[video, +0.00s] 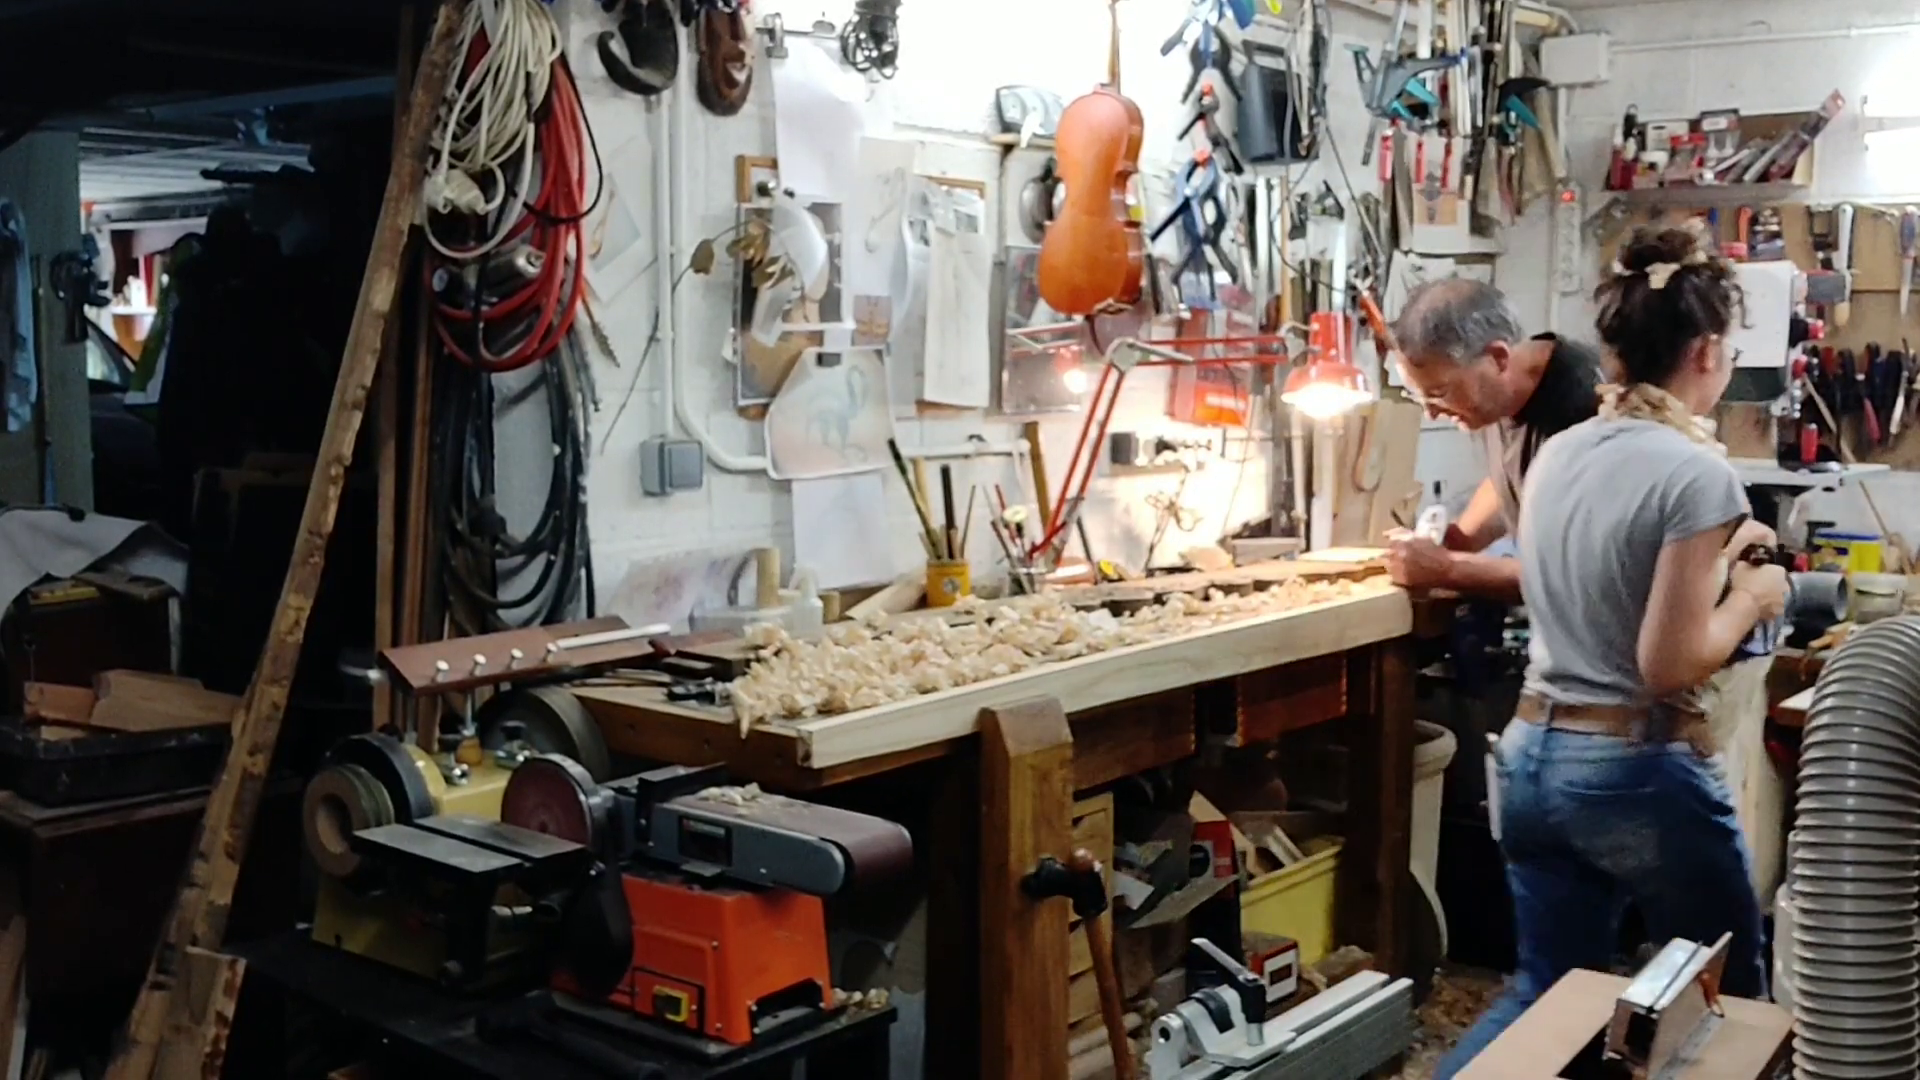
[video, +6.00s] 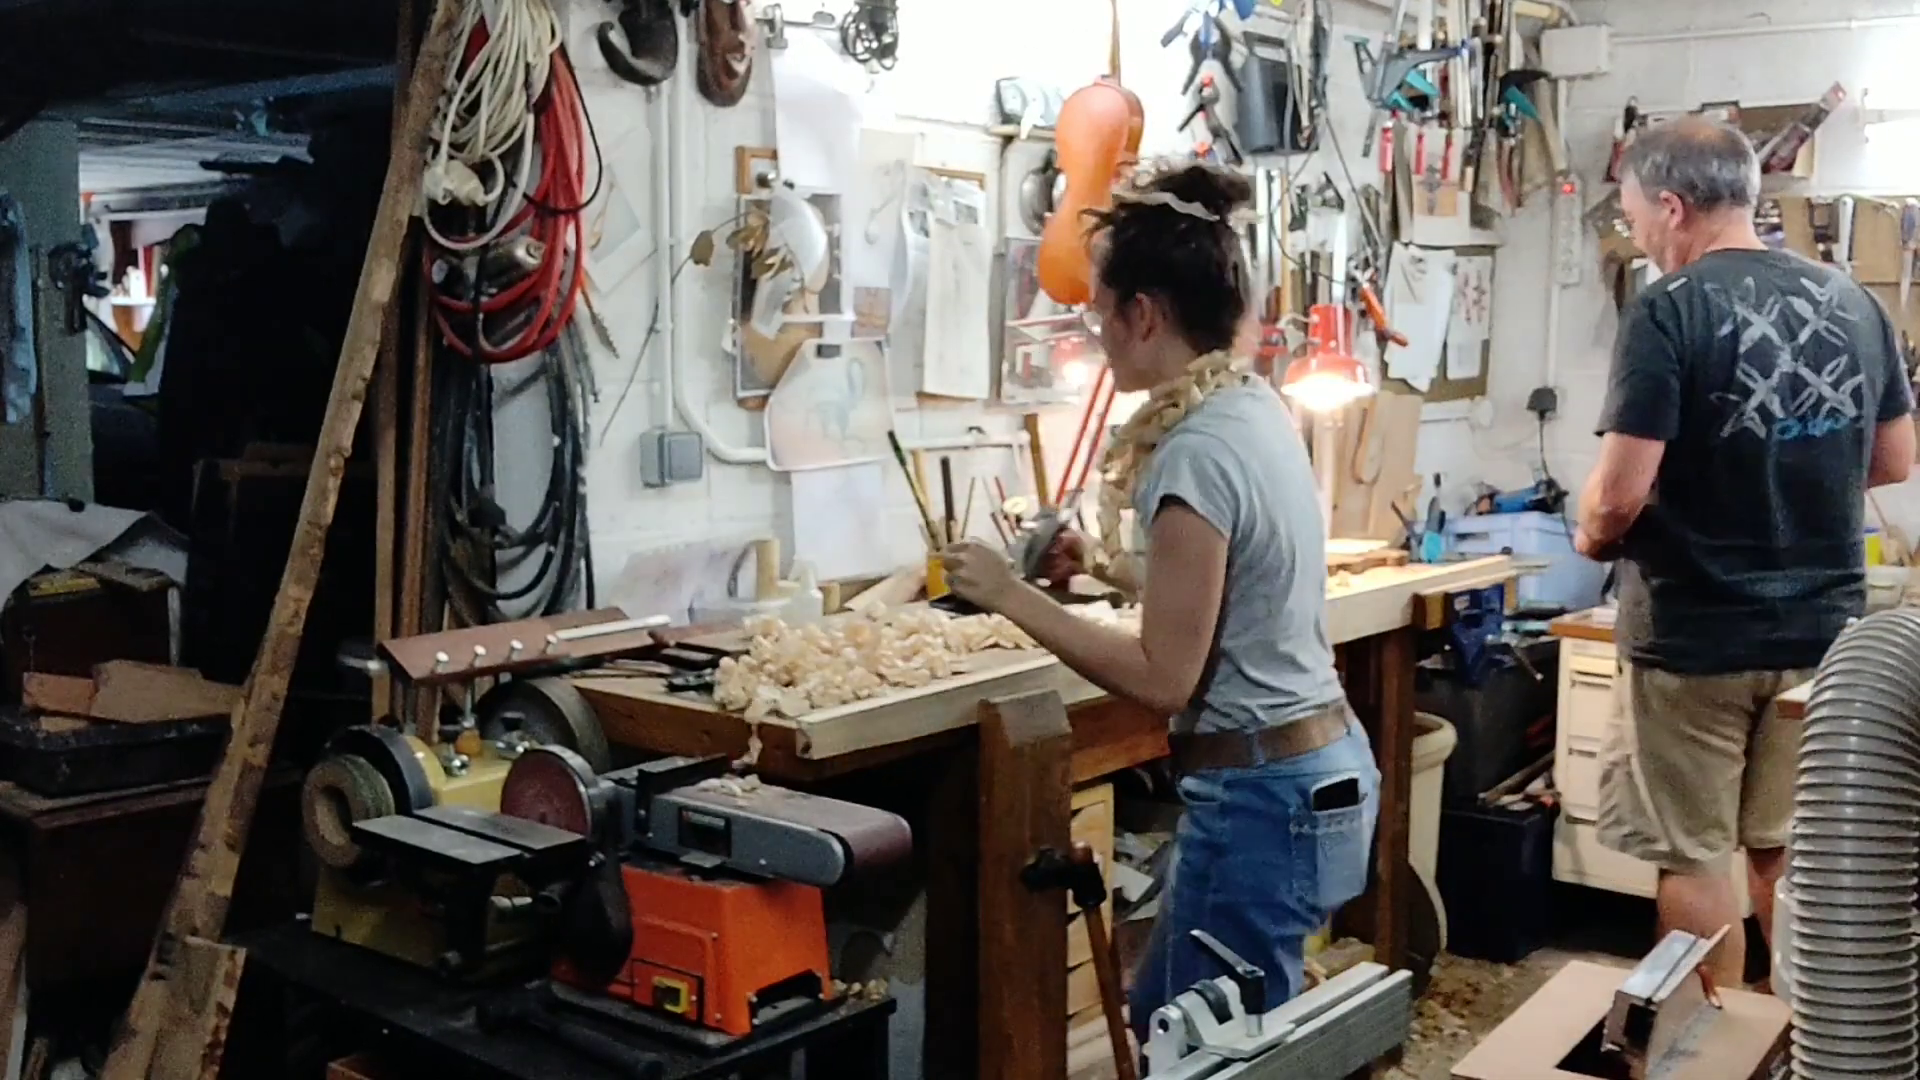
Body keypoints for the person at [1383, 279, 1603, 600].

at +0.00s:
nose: (1431, 413)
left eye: (1439, 393)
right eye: (1421, 395)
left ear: (1499, 357)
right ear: (1500, 358)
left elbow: (1572, 573)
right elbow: (1505, 483)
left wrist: (1449, 569)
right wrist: (1452, 543)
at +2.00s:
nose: (1154, 421)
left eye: (1160, 399)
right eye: (1143, 403)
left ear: (1229, 358)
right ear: (1225, 357)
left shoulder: (1345, 417)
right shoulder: (1244, 420)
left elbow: (1308, 636)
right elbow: (1207, 547)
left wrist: (1116, 638)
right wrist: (1146, 598)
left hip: (1475, 698)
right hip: (1400, 695)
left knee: (1367, 940)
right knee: (1434, 902)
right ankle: (1485, 1062)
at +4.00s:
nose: (1234, 160)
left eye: (1236, 138)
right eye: (1238, 137)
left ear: (1256, 146)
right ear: (1390, 152)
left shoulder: (1203, 292)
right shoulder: (1493, 325)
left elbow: (974, 401)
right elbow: (1578, 574)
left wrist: (992, 294)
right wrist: (1441, 561)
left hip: (1225, 760)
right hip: (1414, 769)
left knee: (1195, 1063)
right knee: (1383, 1063)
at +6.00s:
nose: (1633, 236)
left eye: (1631, 212)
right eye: (1626, 217)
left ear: (1675, 202)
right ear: (1739, 196)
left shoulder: (1670, 306)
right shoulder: (1853, 300)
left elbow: (1622, 492)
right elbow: (1895, 455)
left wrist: (1594, 530)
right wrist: (1804, 463)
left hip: (1700, 630)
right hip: (1824, 627)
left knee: (1697, 856)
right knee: (1784, 849)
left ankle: (1705, 1047)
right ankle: (1805, 1033)